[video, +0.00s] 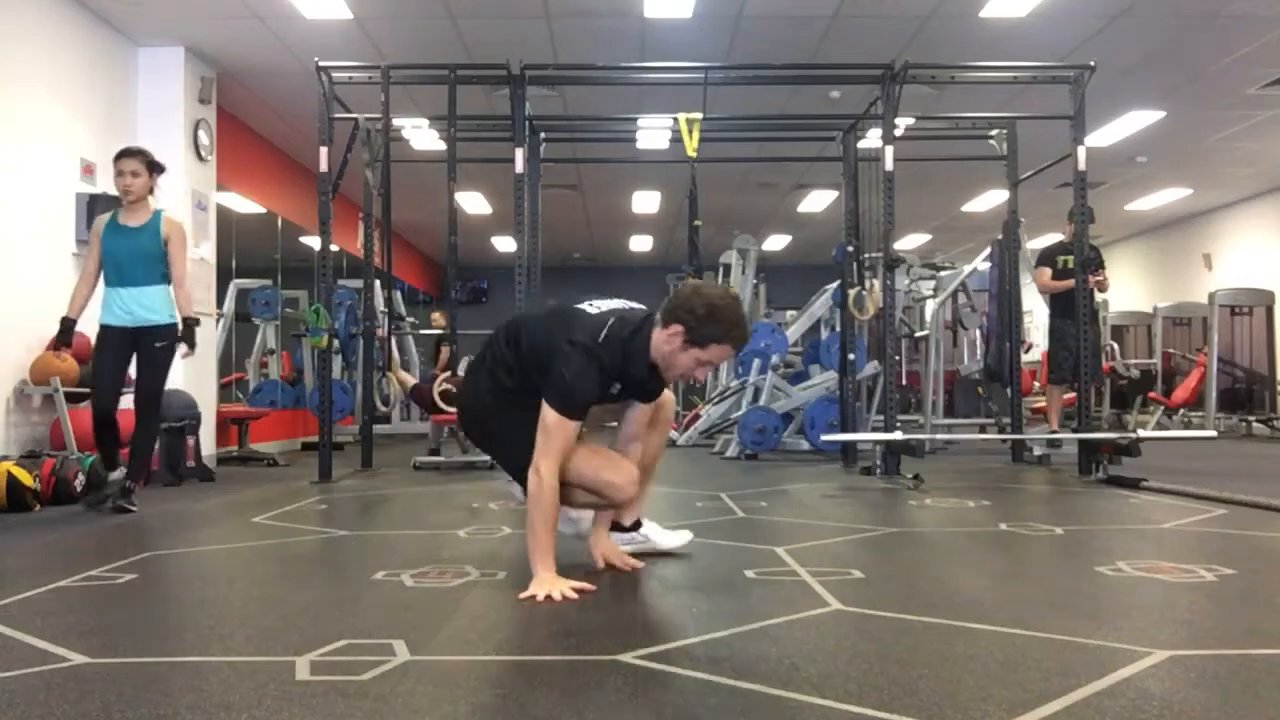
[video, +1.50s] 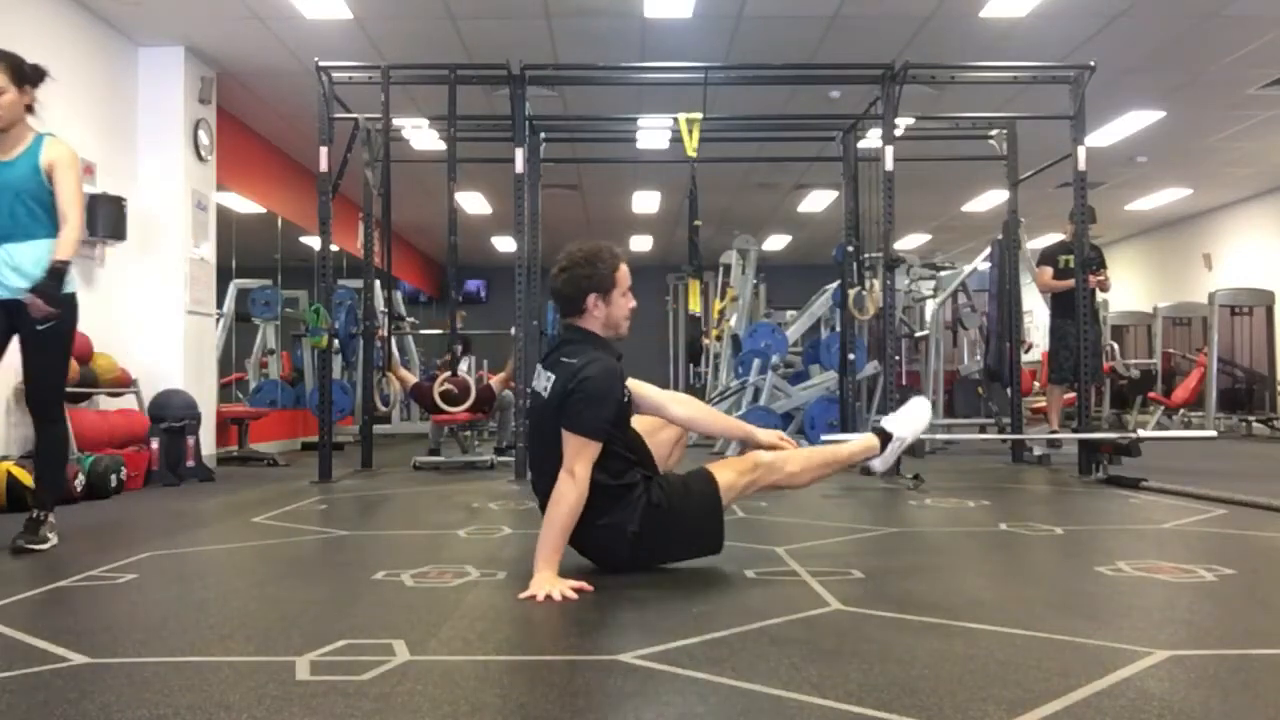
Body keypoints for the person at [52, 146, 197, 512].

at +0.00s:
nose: (126, 181)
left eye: (134, 174)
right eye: (120, 175)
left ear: (152, 179)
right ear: (114, 181)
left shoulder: (169, 227)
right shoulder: (103, 225)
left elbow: (179, 281)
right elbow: (88, 279)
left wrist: (189, 322)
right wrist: (67, 326)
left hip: (158, 326)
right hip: (114, 326)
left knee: (146, 407)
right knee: (103, 405)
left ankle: (131, 487)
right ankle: (111, 470)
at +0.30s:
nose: (116, 173)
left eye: (125, 165)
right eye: (109, 166)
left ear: (142, 169)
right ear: (102, 171)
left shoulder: (162, 218)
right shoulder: (91, 217)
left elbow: (174, 270)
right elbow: (83, 276)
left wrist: (165, 310)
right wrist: (72, 326)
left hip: (147, 324)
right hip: (102, 323)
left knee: (140, 410)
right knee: (106, 402)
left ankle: (127, 488)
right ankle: (103, 486)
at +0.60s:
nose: (98, 155)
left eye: (106, 147)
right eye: (90, 148)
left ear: (122, 151)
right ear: (80, 154)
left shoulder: (144, 200)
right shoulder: (71, 206)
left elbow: (159, 258)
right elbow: (62, 267)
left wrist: (175, 308)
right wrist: (44, 317)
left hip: (133, 316)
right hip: (84, 317)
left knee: (127, 404)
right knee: (98, 407)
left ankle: (137, 473)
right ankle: (114, 496)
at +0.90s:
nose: (78, 144)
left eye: (87, 136)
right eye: (69, 136)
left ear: (104, 139)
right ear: (59, 141)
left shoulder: (125, 190)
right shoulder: (46, 194)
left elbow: (145, 251)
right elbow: (24, 248)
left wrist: (167, 305)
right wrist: (4, 288)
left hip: (114, 307)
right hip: (66, 310)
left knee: (93, 398)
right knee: (88, 402)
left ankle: (91, 502)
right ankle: (113, 498)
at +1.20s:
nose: (40, 122)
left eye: (50, 113)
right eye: (30, 114)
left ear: (69, 117)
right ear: (20, 118)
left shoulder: (91, 175)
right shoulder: (11, 179)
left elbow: (108, 246)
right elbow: (1, 238)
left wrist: (128, 302)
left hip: (79, 300)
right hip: (24, 303)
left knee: (71, 408)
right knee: (20, 410)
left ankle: (48, 512)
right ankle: (76, 473)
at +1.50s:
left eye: (2, 92)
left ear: (26, 95)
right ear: (0, 97)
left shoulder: (54, 152)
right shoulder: (2, 151)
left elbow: (72, 223)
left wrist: (50, 282)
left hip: (44, 293)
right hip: (0, 295)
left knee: (45, 402)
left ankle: (43, 513)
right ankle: (40, 510)